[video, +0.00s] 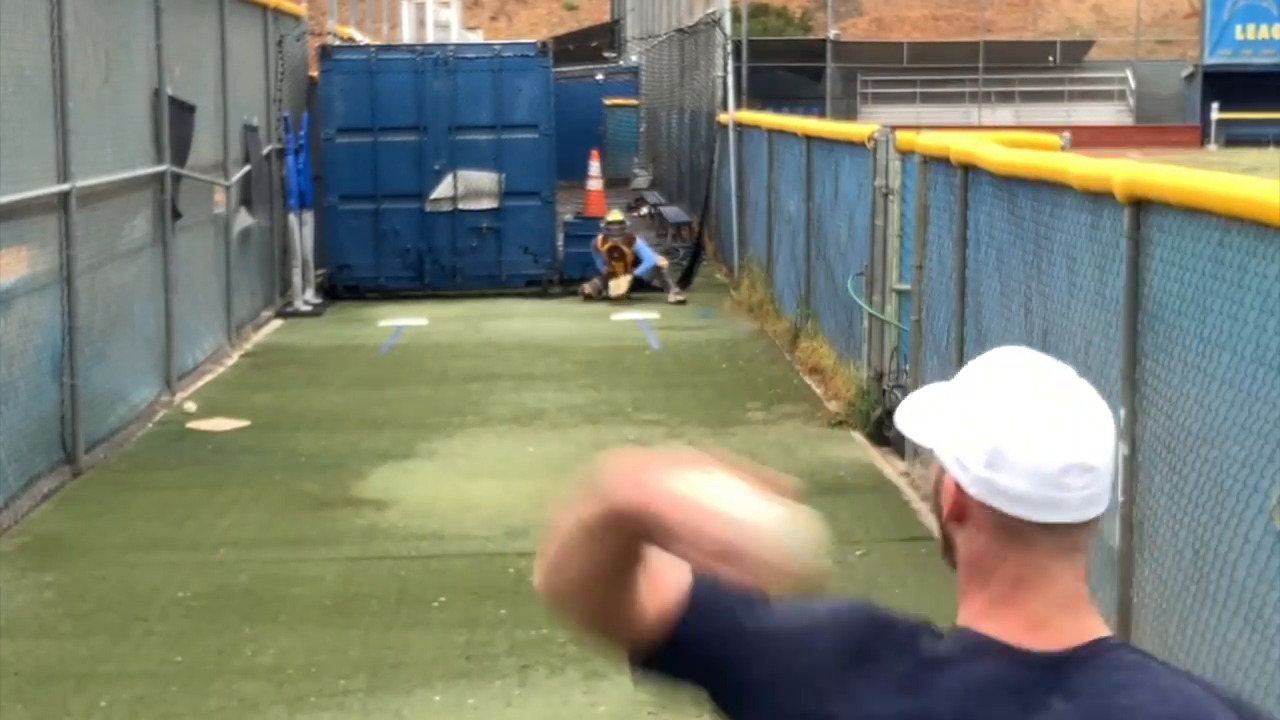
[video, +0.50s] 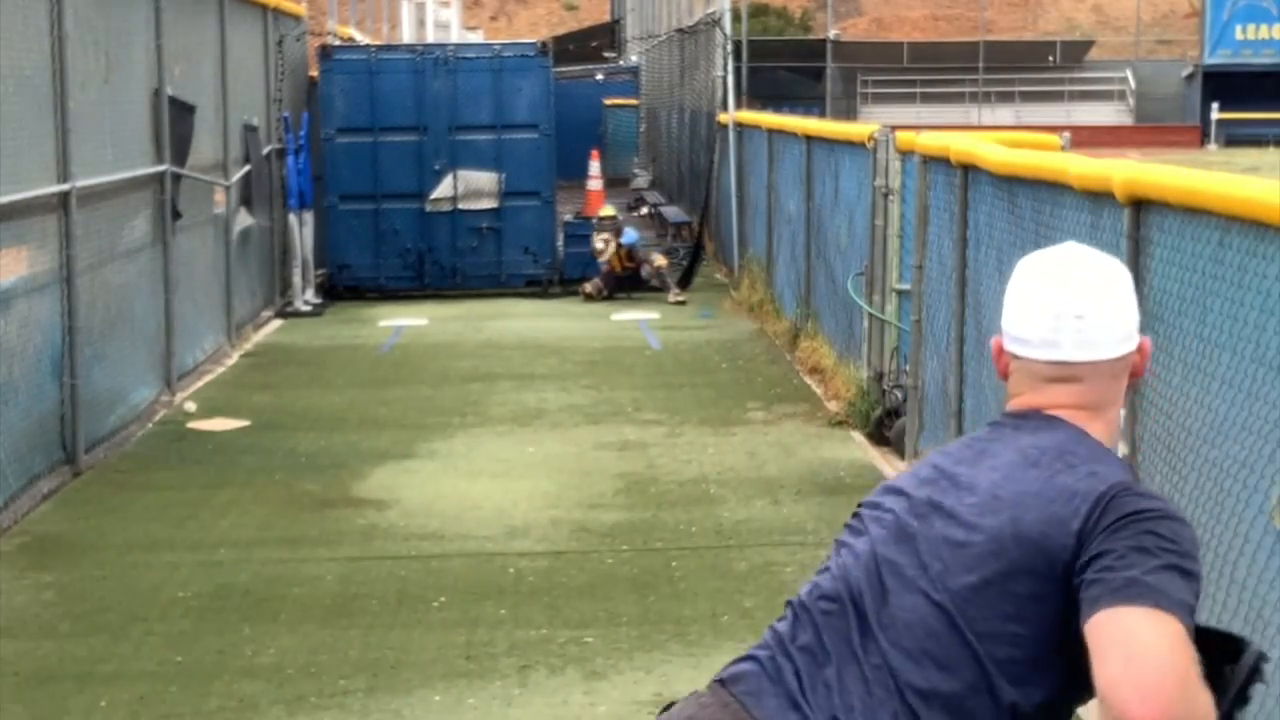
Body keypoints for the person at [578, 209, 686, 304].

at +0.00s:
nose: (615, 233)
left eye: (619, 229)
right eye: (611, 229)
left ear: (624, 228)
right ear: (605, 229)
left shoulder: (633, 241)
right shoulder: (598, 243)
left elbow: (651, 260)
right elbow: (599, 264)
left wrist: (631, 276)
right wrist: (608, 274)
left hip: (634, 276)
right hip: (612, 277)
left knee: (658, 264)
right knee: (588, 289)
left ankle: (673, 292)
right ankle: (591, 291)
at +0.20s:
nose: (616, 234)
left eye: (620, 229)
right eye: (613, 230)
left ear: (625, 228)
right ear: (606, 229)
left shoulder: (634, 240)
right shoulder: (597, 243)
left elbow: (653, 256)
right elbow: (600, 265)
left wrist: (632, 262)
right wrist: (613, 265)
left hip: (635, 274)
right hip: (613, 275)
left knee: (656, 264)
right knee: (603, 281)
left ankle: (673, 292)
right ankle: (593, 289)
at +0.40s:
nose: (614, 224)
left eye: (617, 220)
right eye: (610, 221)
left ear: (623, 221)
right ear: (604, 223)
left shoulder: (633, 235)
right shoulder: (601, 240)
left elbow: (648, 250)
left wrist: (658, 260)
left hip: (637, 275)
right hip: (615, 276)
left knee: (657, 265)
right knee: (603, 281)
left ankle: (673, 292)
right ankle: (592, 289)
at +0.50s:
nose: (608, 224)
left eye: (611, 220)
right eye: (604, 221)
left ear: (617, 221)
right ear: (599, 223)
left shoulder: (628, 233)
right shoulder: (597, 238)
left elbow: (629, 241)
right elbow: (600, 257)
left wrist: (613, 240)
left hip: (635, 273)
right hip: (614, 275)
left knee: (655, 262)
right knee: (601, 282)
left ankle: (673, 292)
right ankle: (592, 290)